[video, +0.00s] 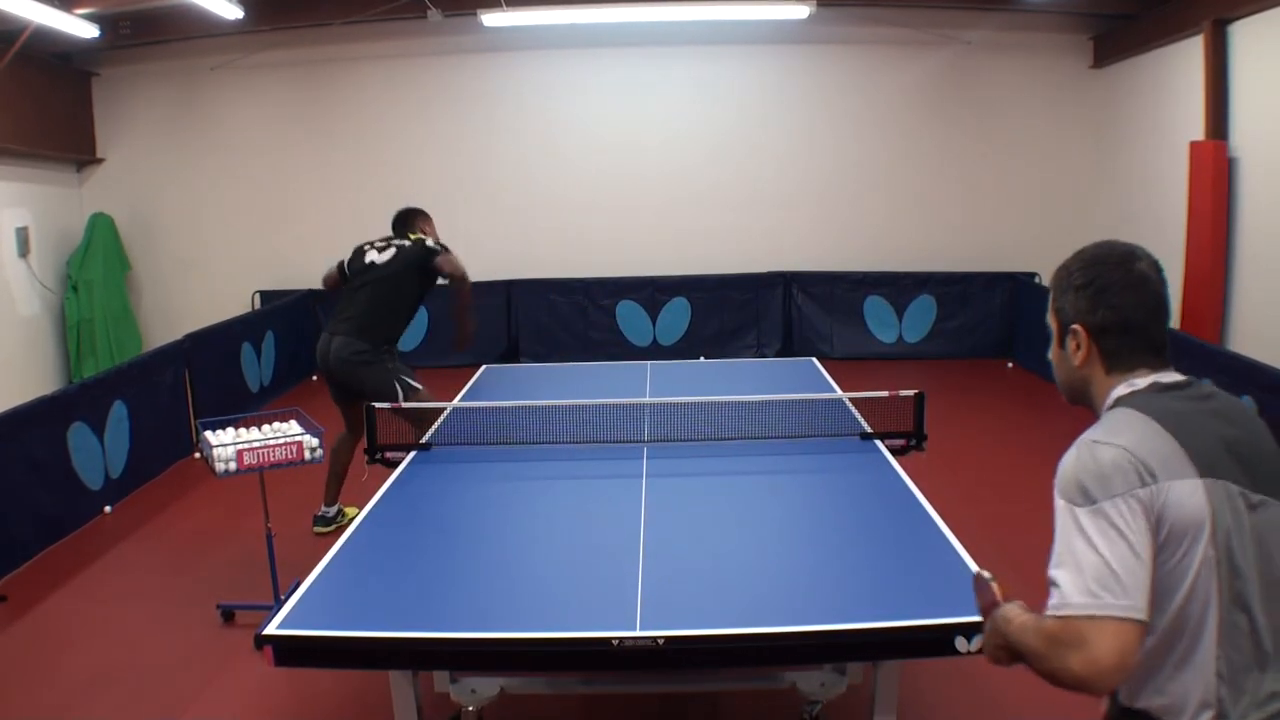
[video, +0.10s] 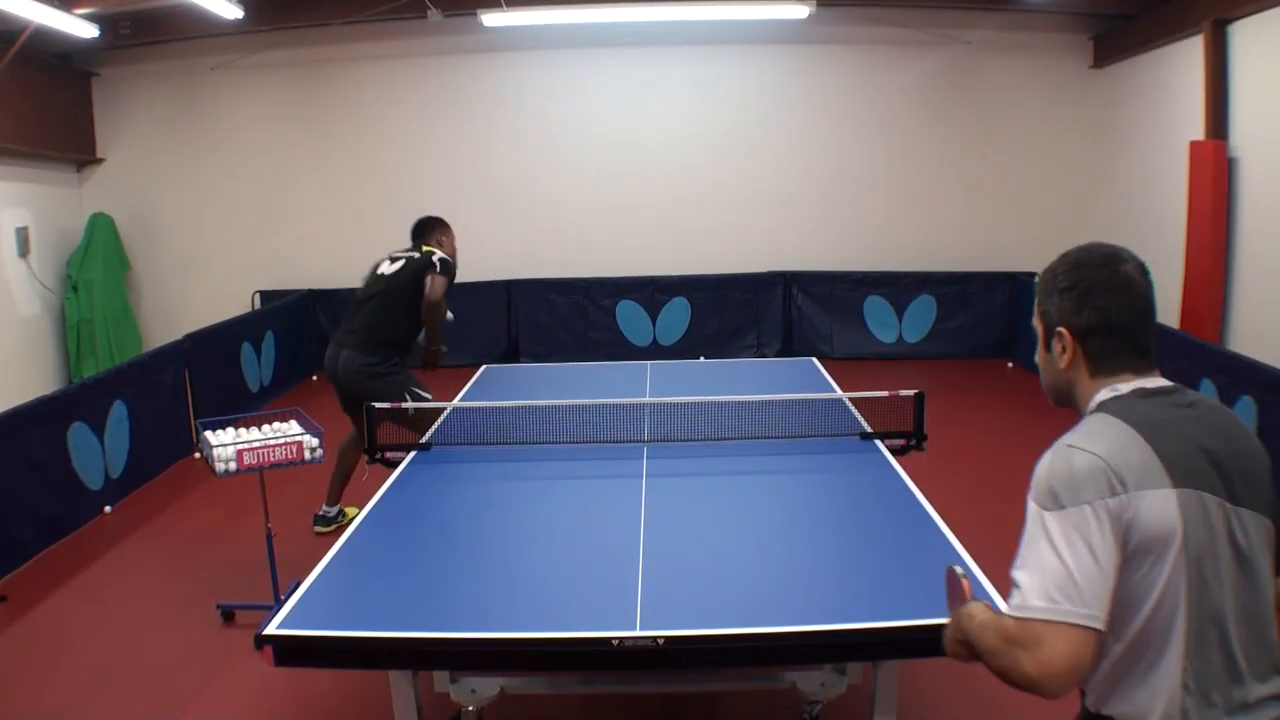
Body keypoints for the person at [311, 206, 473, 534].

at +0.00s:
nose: (435, 234)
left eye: (432, 229)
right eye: (432, 229)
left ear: (399, 231)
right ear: (422, 228)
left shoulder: (367, 249)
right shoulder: (424, 247)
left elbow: (329, 280)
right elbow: (458, 272)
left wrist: (364, 281)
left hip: (329, 351)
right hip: (366, 353)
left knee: (353, 427)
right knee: (433, 421)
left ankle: (328, 511)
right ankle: (444, 503)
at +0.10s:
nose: (454, 247)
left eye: (452, 241)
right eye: (452, 241)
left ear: (419, 240)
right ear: (442, 238)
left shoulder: (391, 259)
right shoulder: (439, 259)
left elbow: (370, 301)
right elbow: (433, 298)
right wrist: (435, 346)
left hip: (340, 360)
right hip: (373, 366)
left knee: (363, 430)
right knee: (443, 428)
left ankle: (329, 511)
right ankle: (440, 509)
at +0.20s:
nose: (484, 257)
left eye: (484, 250)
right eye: (479, 249)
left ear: (454, 248)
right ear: (455, 247)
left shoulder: (430, 265)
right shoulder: (442, 268)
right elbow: (403, 298)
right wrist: (420, 352)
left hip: (360, 366)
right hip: (381, 372)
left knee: (380, 438)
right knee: (447, 429)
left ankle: (333, 507)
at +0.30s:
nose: (489, 254)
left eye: (495, 250)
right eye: (483, 245)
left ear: (498, 252)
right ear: (463, 239)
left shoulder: (461, 273)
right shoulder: (437, 266)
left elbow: (442, 307)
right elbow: (386, 293)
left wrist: (451, 337)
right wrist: (410, 348)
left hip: (407, 363)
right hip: (384, 364)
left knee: (418, 432)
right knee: (446, 417)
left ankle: (353, 482)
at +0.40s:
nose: (490, 241)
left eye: (497, 236)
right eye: (484, 231)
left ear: (502, 238)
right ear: (466, 226)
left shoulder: (480, 257)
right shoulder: (436, 253)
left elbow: (473, 285)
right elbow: (382, 289)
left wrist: (480, 309)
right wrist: (413, 338)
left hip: (434, 347)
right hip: (399, 349)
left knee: (454, 410)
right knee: (441, 417)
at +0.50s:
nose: (496, 232)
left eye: (504, 226)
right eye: (489, 223)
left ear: (510, 226)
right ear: (472, 218)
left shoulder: (495, 250)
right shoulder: (438, 247)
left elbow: (491, 275)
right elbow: (388, 283)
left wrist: (507, 301)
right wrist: (426, 327)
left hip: (449, 331)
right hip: (411, 330)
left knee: (470, 391)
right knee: (436, 402)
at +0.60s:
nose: (505, 237)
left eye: (512, 231)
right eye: (498, 229)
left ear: (518, 232)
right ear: (480, 226)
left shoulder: (508, 259)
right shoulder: (448, 255)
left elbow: (513, 285)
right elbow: (399, 289)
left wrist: (534, 305)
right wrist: (440, 329)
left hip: (469, 339)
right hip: (428, 339)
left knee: (499, 393)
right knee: (440, 415)